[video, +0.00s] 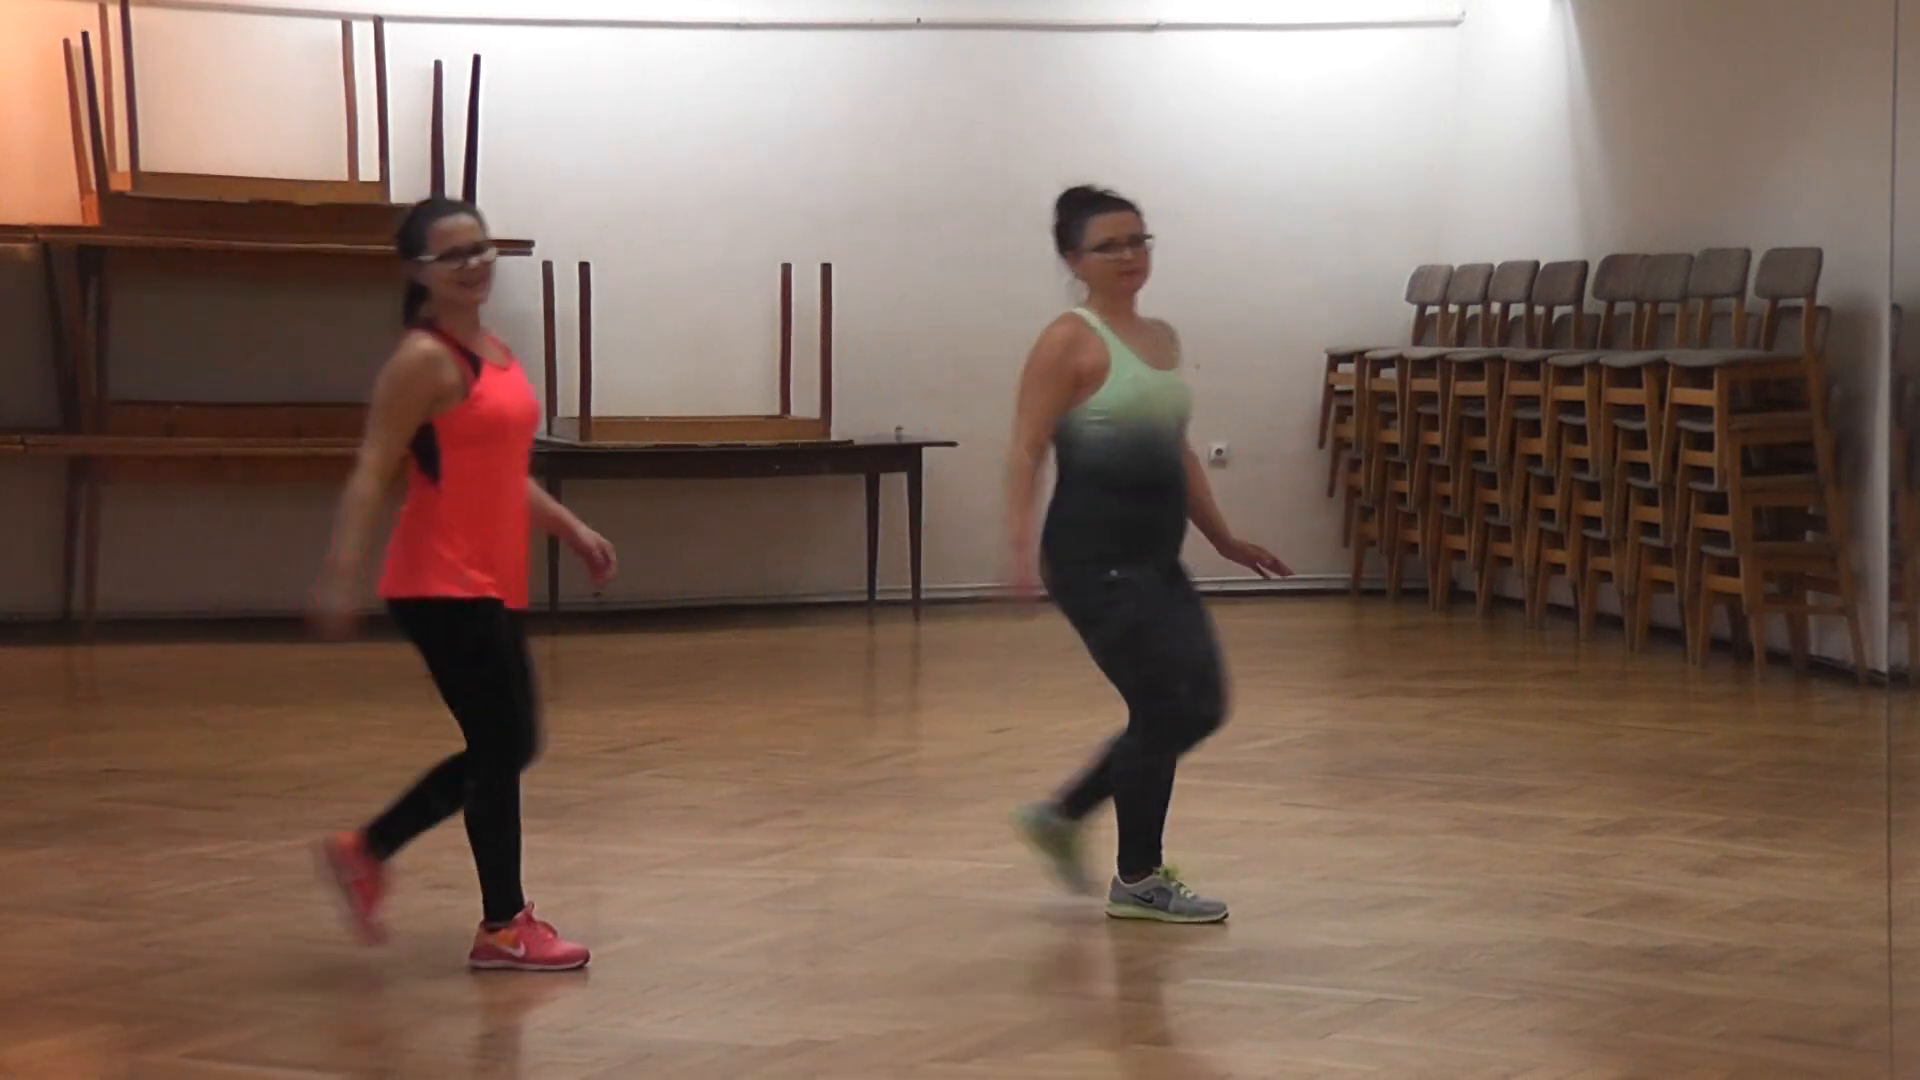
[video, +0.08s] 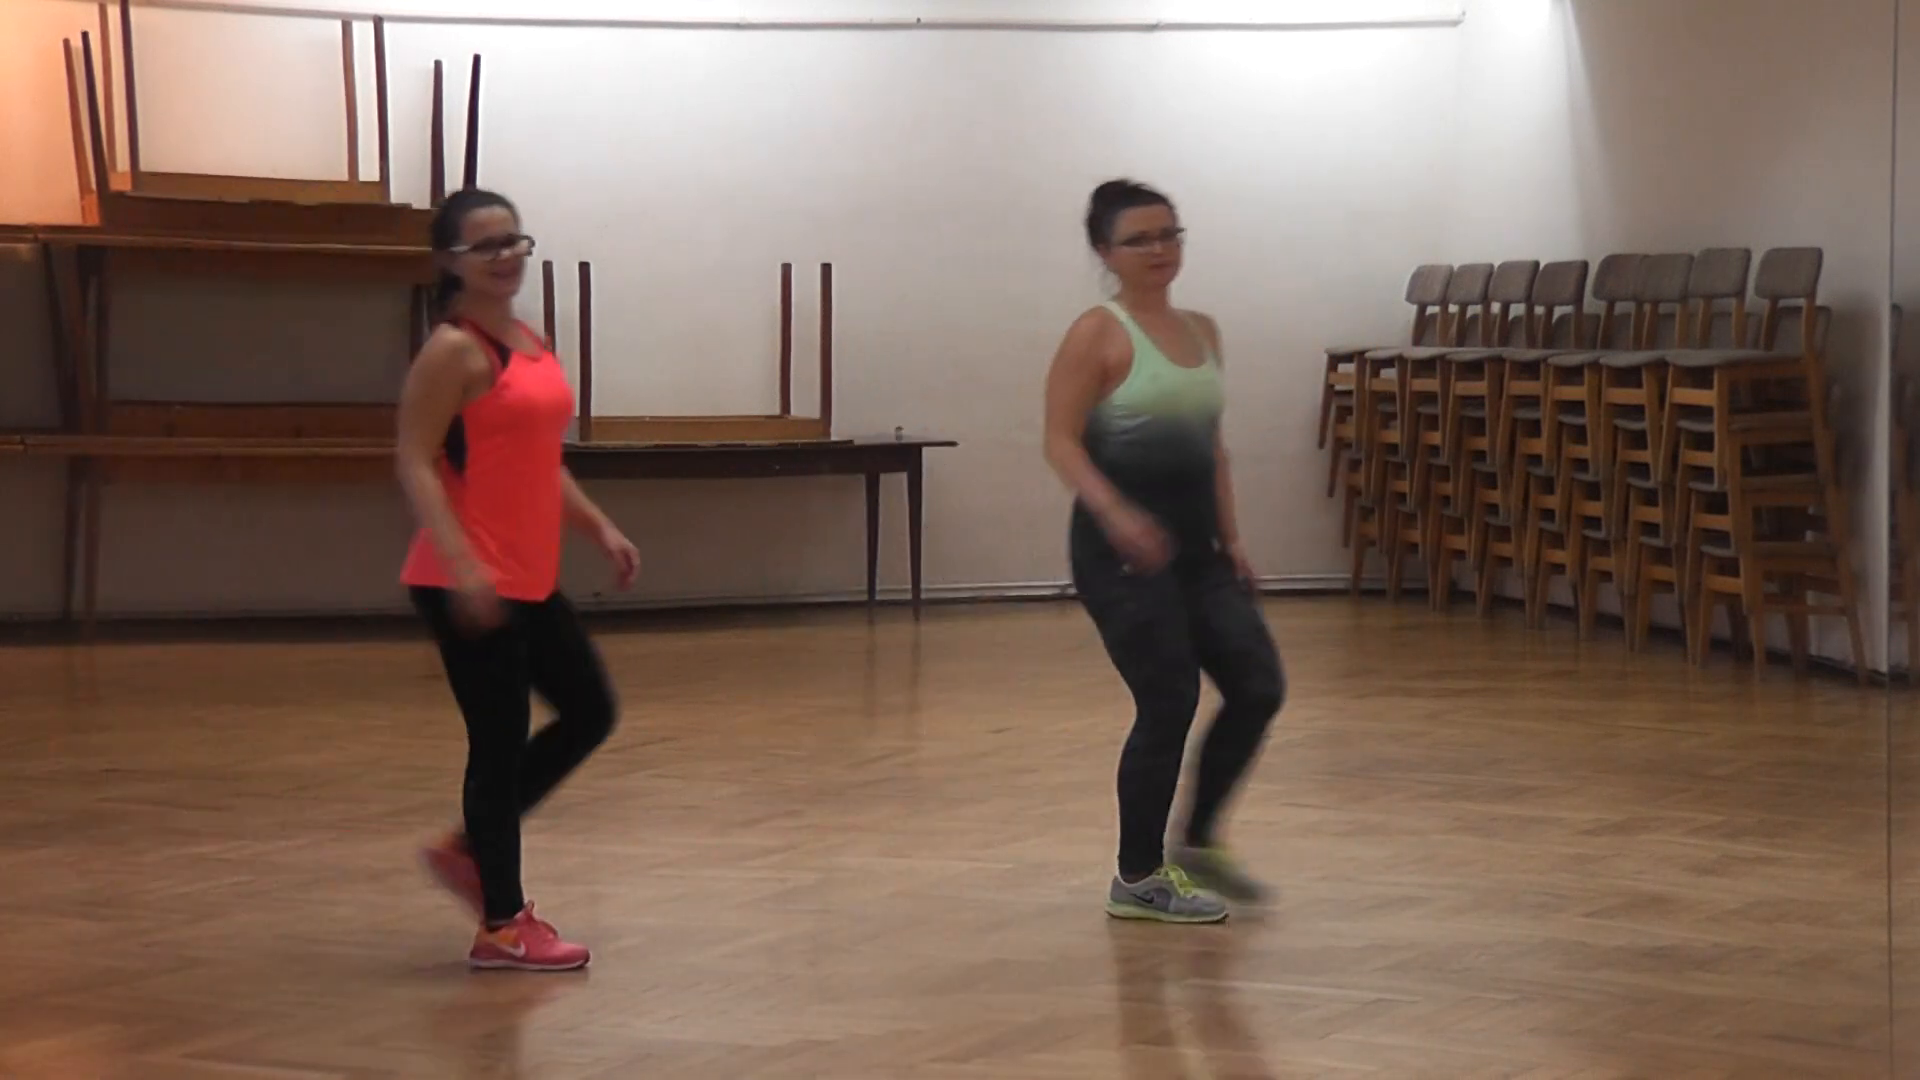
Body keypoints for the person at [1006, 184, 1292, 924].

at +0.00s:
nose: (1131, 256)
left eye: (1137, 242)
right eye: (1111, 247)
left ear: (1150, 247)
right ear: (1074, 262)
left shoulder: (1160, 340)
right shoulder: (1066, 342)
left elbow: (1175, 451)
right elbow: (1026, 452)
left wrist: (1223, 539)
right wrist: (1019, 550)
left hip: (1154, 557)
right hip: (1091, 561)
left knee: (1199, 703)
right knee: (1161, 707)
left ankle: (1060, 814)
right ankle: (1138, 879)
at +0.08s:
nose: (1160, 251)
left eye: (1169, 236)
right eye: (1139, 241)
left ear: (1181, 241)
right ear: (1106, 254)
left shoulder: (1200, 332)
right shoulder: (1096, 334)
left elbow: (1210, 447)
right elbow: (1060, 441)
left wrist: (1229, 538)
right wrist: (1117, 513)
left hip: (1195, 546)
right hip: (1122, 549)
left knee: (1257, 686)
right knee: (1168, 697)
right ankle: (1137, 877)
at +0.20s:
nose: (1204, 239)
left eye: (1214, 223)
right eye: (1184, 229)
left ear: (1229, 227)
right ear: (1151, 239)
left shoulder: (1259, 323)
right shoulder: (1130, 323)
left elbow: (1274, 434)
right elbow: (1104, 430)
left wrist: (1294, 527)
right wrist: (1194, 441)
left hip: (1247, 531)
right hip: (1161, 534)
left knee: (1288, 694)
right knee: (1176, 694)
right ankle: (1141, 873)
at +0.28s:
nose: (1232, 238)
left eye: (1242, 223)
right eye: (1213, 227)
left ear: (1258, 227)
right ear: (1182, 237)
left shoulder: (1294, 320)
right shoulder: (1155, 324)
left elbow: (1321, 432)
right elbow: (1134, 429)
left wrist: (1325, 519)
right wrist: (1207, 429)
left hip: (1280, 535)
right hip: (1189, 536)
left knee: (1309, 701)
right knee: (1189, 697)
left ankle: (1336, 866)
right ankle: (1154, 868)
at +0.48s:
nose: (1277, 241)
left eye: (1289, 226)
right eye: (1259, 230)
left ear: (1304, 230)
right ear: (1229, 239)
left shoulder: (1343, 320)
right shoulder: (1201, 328)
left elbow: (1373, 433)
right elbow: (1188, 435)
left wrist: (1358, 410)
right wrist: (1222, 482)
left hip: (1329, 537)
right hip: (1241, 539)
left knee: (1327, 702)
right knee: (1243, 709)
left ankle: (1338, 865)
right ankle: (1280, 824)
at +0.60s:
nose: (1291, 248)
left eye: (1302, 233)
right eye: (1273, 237)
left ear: (1317, 239)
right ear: (1242, 246)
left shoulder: (1350, 325)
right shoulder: (1215, 335)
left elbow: (1395, 434)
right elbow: (1200, 439)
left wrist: (1379, 376)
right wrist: (1207, 524)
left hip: (1345, 541)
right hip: (1259, 546)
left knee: (1350, 691)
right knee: (1287, 698)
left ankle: (1355, 851)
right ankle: (1319, 830)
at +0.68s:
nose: (1297, 267)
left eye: (1308, 252)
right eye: (1279, 255)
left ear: (1323, 255)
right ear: (1249, 264)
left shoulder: (1356, 342)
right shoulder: (1225, 349)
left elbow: (1399, 447)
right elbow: (1201, 451)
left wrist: (1379, 381)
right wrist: (1180, 540)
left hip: (1351, 547)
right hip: (1265, 553)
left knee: (1361, 687)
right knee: (1296, 700)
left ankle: (1379, 841)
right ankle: (1330, 839)